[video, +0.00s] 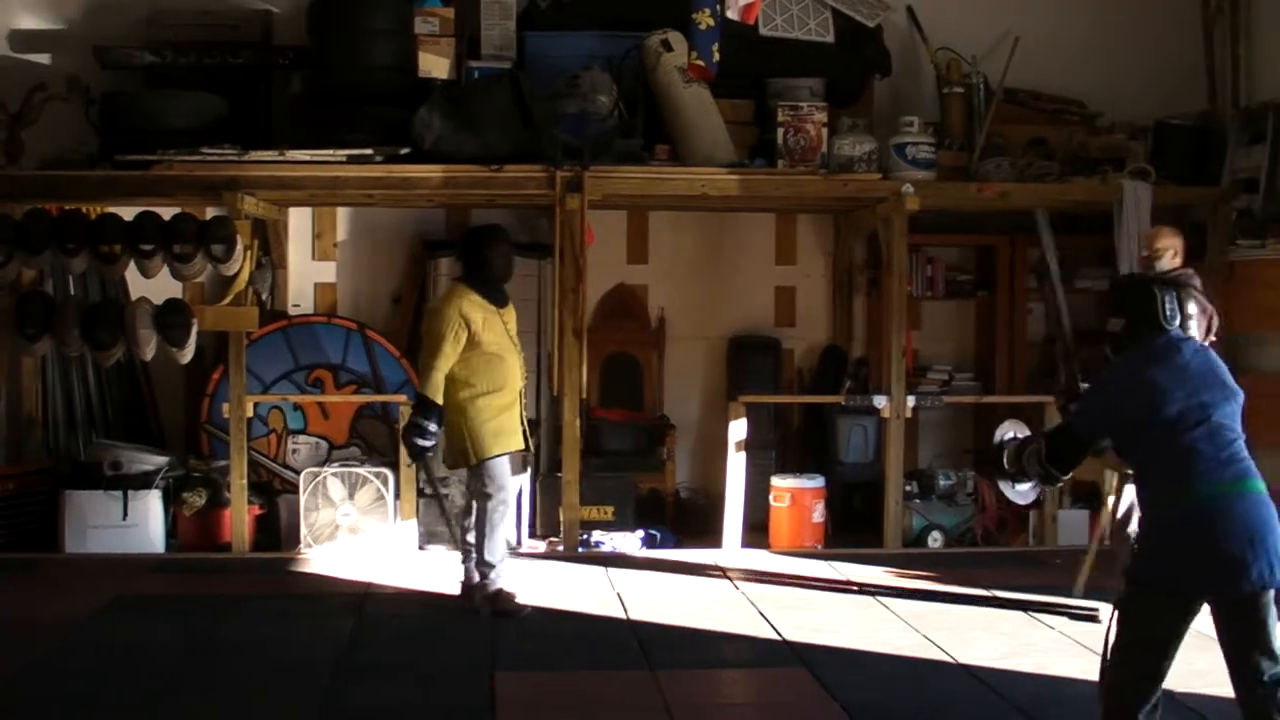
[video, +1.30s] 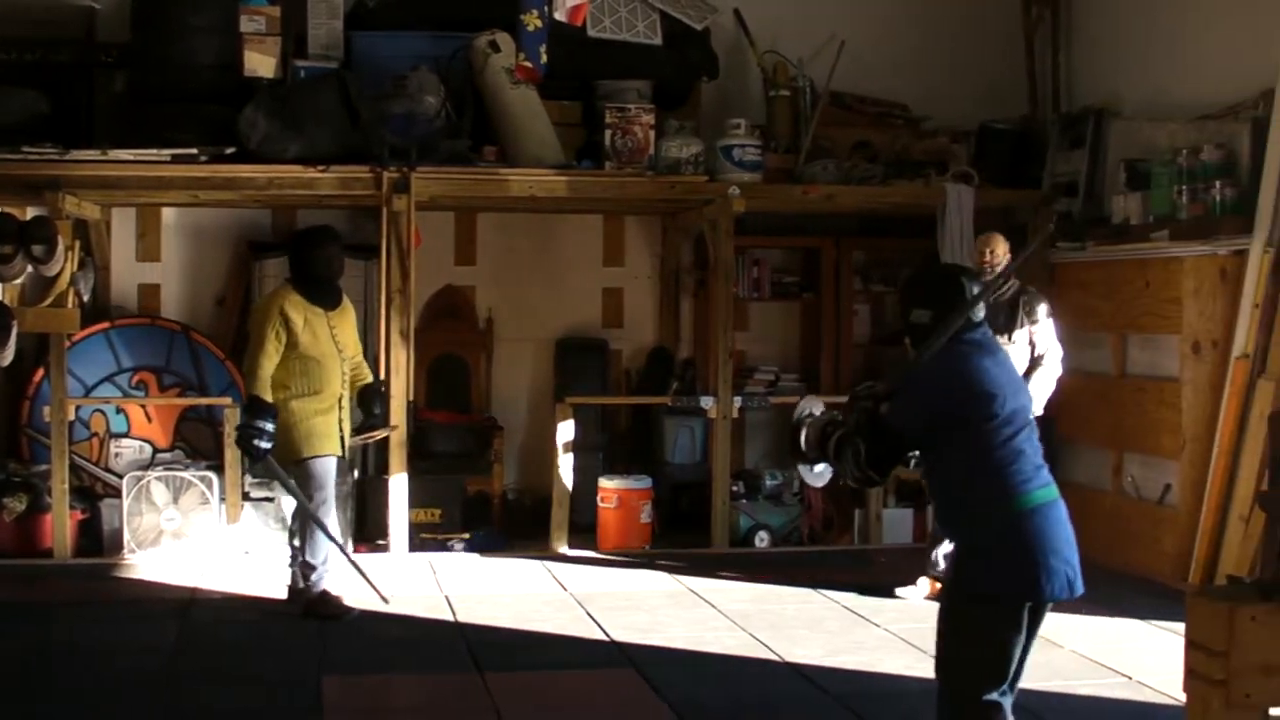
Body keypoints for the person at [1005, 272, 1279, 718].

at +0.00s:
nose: (1110, 330)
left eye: (1115, 319)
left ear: (1127, 322)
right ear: (1177, 315)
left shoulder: (1121, 378)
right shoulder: (1212, 361)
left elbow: (1055, 455)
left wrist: (1012, 455)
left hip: (1175, 539)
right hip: (1250, 529)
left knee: (1129, 684)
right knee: (1263, 680)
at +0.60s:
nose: (1102, 325)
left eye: (1106, 315)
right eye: (1103, 315)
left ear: (1117, 319)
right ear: (1166, 314)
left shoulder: (1123, 376)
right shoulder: (1196, 365)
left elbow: (1057, 461)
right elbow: (1147, 436)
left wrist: (1022, 429)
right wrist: (1080, 409)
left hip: (1172, 547)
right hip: (1235, 543)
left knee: (1106, 674)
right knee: (1202, 678)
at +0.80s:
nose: (1045, 322)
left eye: (1051, 312)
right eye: (1048, 312)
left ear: (1061, 316)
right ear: (1109, 314)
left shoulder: (1062, 376)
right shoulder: (1137, 366)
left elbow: (999, 457)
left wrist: (974, 422)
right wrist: (1011, 410)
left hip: (1114, 553)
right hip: (1178, 544)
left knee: (1060, 689)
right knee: (1162, 684)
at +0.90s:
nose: (1010, 327)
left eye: (1015, 316)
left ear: (1026, 320)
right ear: (1076, 312)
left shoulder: (1028, 377)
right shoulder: (1104, 363)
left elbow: (962, 456)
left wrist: (933, 419)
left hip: (1084, 551)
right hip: (1148, 544)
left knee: (1039, 687)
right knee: (1140, 682)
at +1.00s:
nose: (964, 338)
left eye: (972, 325)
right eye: (964, 326)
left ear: (995, 324)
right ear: (1041, 311)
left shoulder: (1003, 378)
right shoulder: (1072, 359)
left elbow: (931, 452)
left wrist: (895, 413)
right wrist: (951, 394)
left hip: (1055, 555)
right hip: (1118, 543)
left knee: (1017, 690)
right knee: (1108, 680)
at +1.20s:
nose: (929, 324)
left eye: (934, 313)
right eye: (930, 312)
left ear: (949, 315)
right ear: (992, 307)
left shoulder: (962, 371)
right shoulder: (1017, 357)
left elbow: (892, 448)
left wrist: (852, 423)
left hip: (1020, 553)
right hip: (1070, 542)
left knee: (984, 693)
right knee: (1034, 681)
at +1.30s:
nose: (986, 259)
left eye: (993, 252)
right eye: (981, 252)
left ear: (1009, 257)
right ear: (973, 256)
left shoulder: (1028, 301)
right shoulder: (967, 299)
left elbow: (1050, 360)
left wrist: (1026, 408)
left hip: (1013, 422)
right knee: (950, 493)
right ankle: (938, 571)